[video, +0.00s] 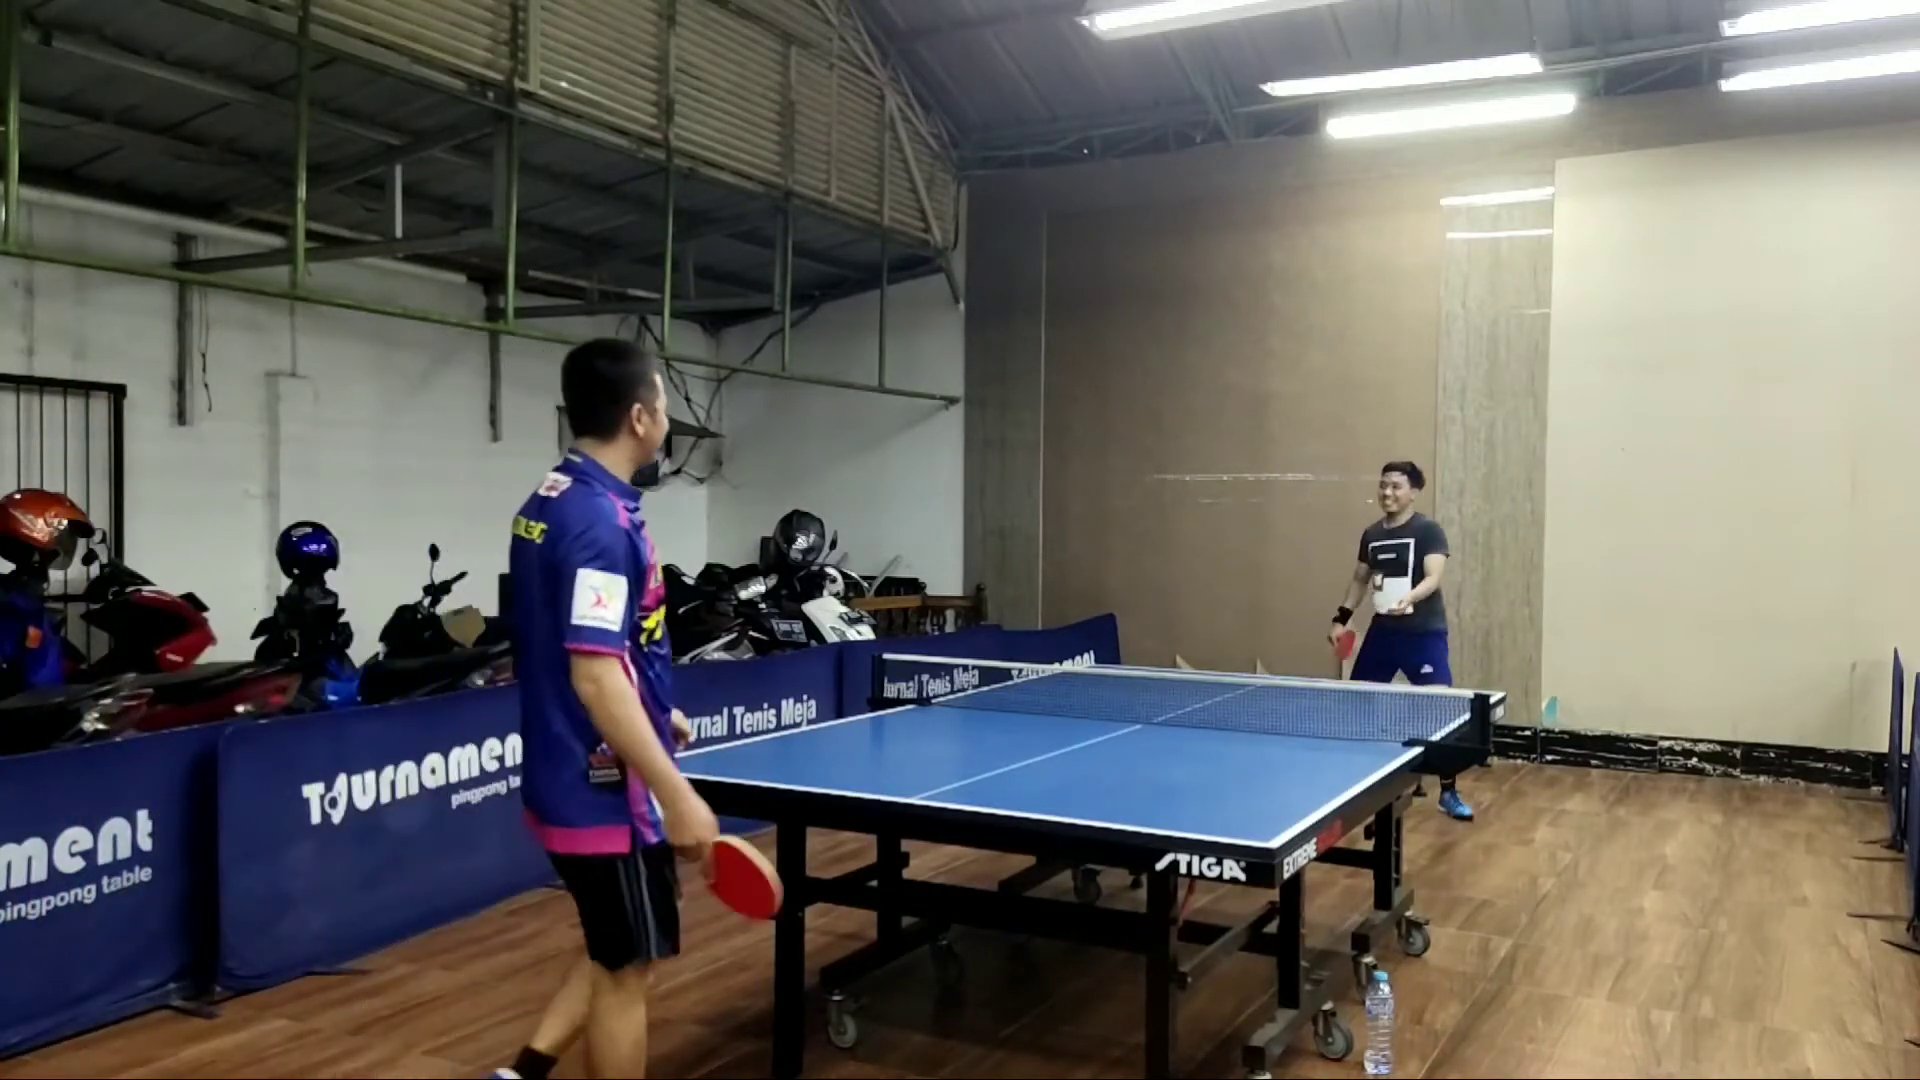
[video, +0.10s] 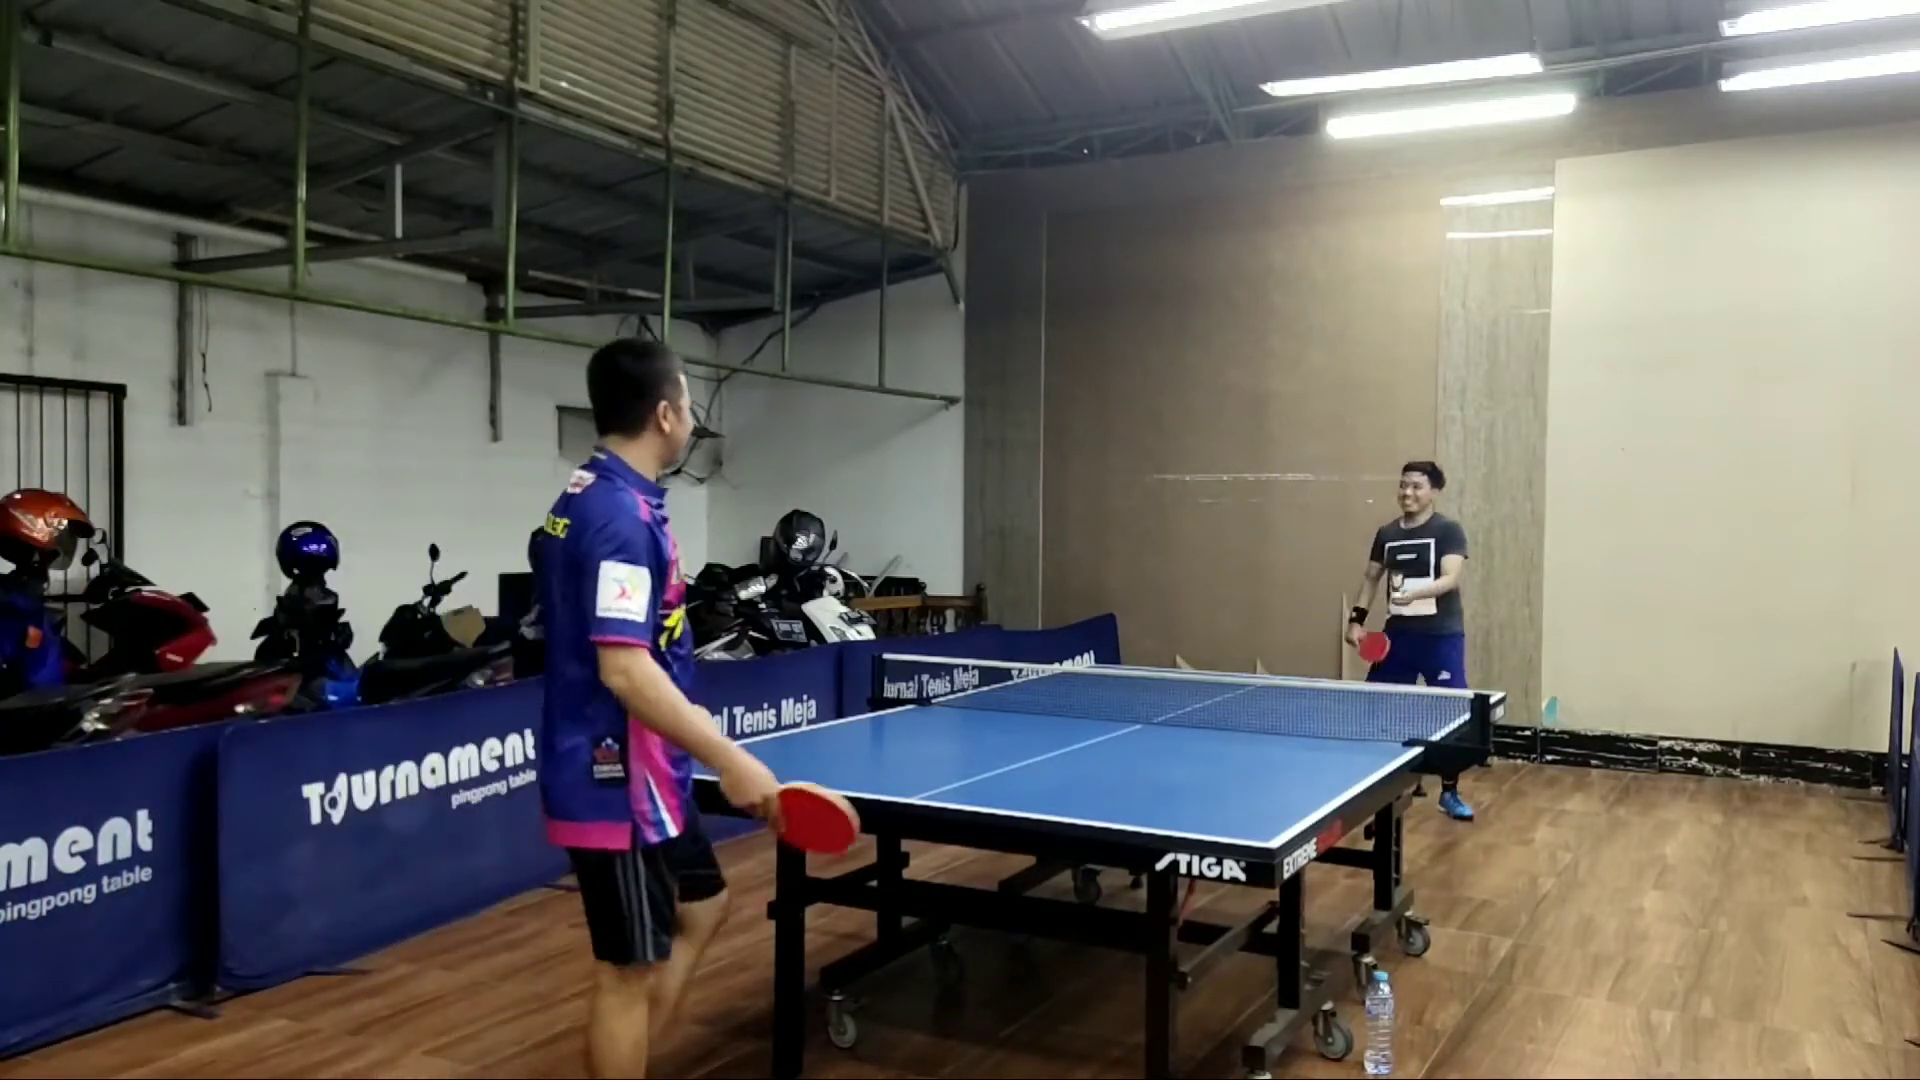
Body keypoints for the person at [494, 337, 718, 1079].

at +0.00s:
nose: (667, 420)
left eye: (665, 404)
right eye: (663, 405)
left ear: (581, 414)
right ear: (639, 416)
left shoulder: (554, 502)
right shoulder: (600, 522)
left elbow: (573, 648)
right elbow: (597, 676)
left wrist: (653, 711)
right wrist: (678, 799)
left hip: (567, 782)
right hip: (602, 797)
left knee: (613, 948)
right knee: (625, 968)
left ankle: (528, 1068)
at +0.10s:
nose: (690, 418)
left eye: (687, 402)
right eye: (686, 403)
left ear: (612, 412)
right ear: (664, 412)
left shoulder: (596, 499)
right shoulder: (620, 515)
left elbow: (591, 652)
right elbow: (622, 665)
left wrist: (672, 745)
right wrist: (732, 758)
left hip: (636, 766)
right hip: (611, 778)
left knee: (699, 903)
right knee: (632, 971)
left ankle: (634, 1054)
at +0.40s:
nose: (754, 422)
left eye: (750, 407)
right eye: (750, 407)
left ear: (683, 416)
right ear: (729, 416)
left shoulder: (707, 509)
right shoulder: (662, 514)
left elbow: (706, 650)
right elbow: (642, 650)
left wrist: (778, 713)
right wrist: (767, 704)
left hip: (720, 775)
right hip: (674, 787)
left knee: (728, 951)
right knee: (666, 973)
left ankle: (746, 1074)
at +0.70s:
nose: (809, 426)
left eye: (807, 412)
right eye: (806, 413)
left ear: (739, 419)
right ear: (788, 419)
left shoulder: (757, 507)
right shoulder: (709, 508)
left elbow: (738, 640)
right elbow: (668, 632)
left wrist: (798, 718)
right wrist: (781, 704)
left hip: (757, 777)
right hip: (721, 784)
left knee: (748, 964)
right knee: (784, 966)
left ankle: (751, 1079)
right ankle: (681, 1074)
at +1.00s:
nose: (814, 431)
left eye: (812, 415)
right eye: (813, 415)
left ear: (743, 415)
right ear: (794, 419)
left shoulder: (758, 507)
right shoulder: (716, 516)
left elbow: (754, 618)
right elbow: (680, 650)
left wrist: (837, 621)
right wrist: (800, 719)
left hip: (767, 775)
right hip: (749, 786)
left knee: (753, 959)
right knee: (787, 973)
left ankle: (746, 1060)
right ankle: (732, 1072)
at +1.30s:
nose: (793, 431)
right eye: (794, 419)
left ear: (709, 416)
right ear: (785, 428)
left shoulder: (680, 504)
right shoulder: (730, 522)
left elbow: (729, 636)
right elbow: (707, 676)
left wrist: (827, 613)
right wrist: (827, 742)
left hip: (679, 798)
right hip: (713, 811)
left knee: (726, 997)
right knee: (717, 1010)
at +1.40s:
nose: (790, 431)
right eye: (791, 419)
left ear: (701, 413)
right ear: (783, 429)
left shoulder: (646, 506)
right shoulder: (737, 524)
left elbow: (671, 649)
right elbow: (716, 678)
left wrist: (790, 664)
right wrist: (825, 763)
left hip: (639, 806)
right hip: (702, 819)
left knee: (694, 1003)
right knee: (707, 1019)